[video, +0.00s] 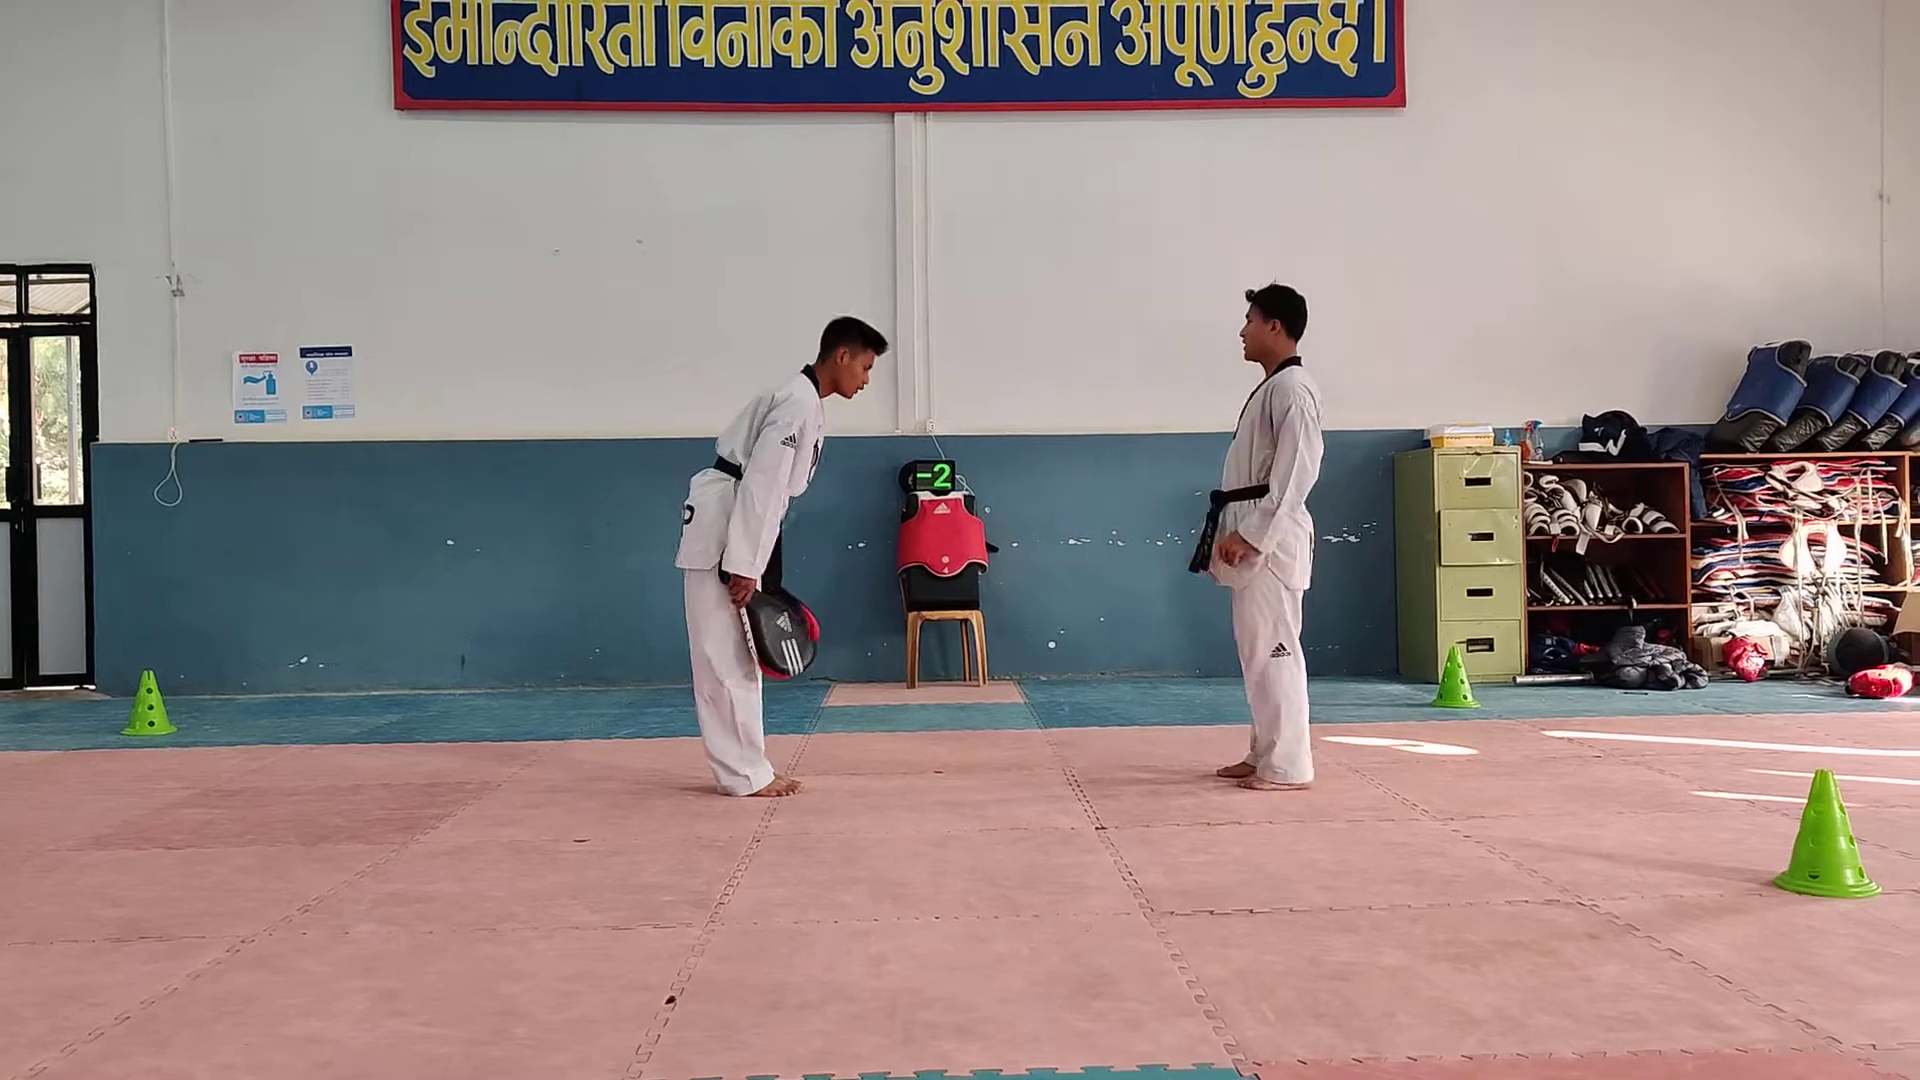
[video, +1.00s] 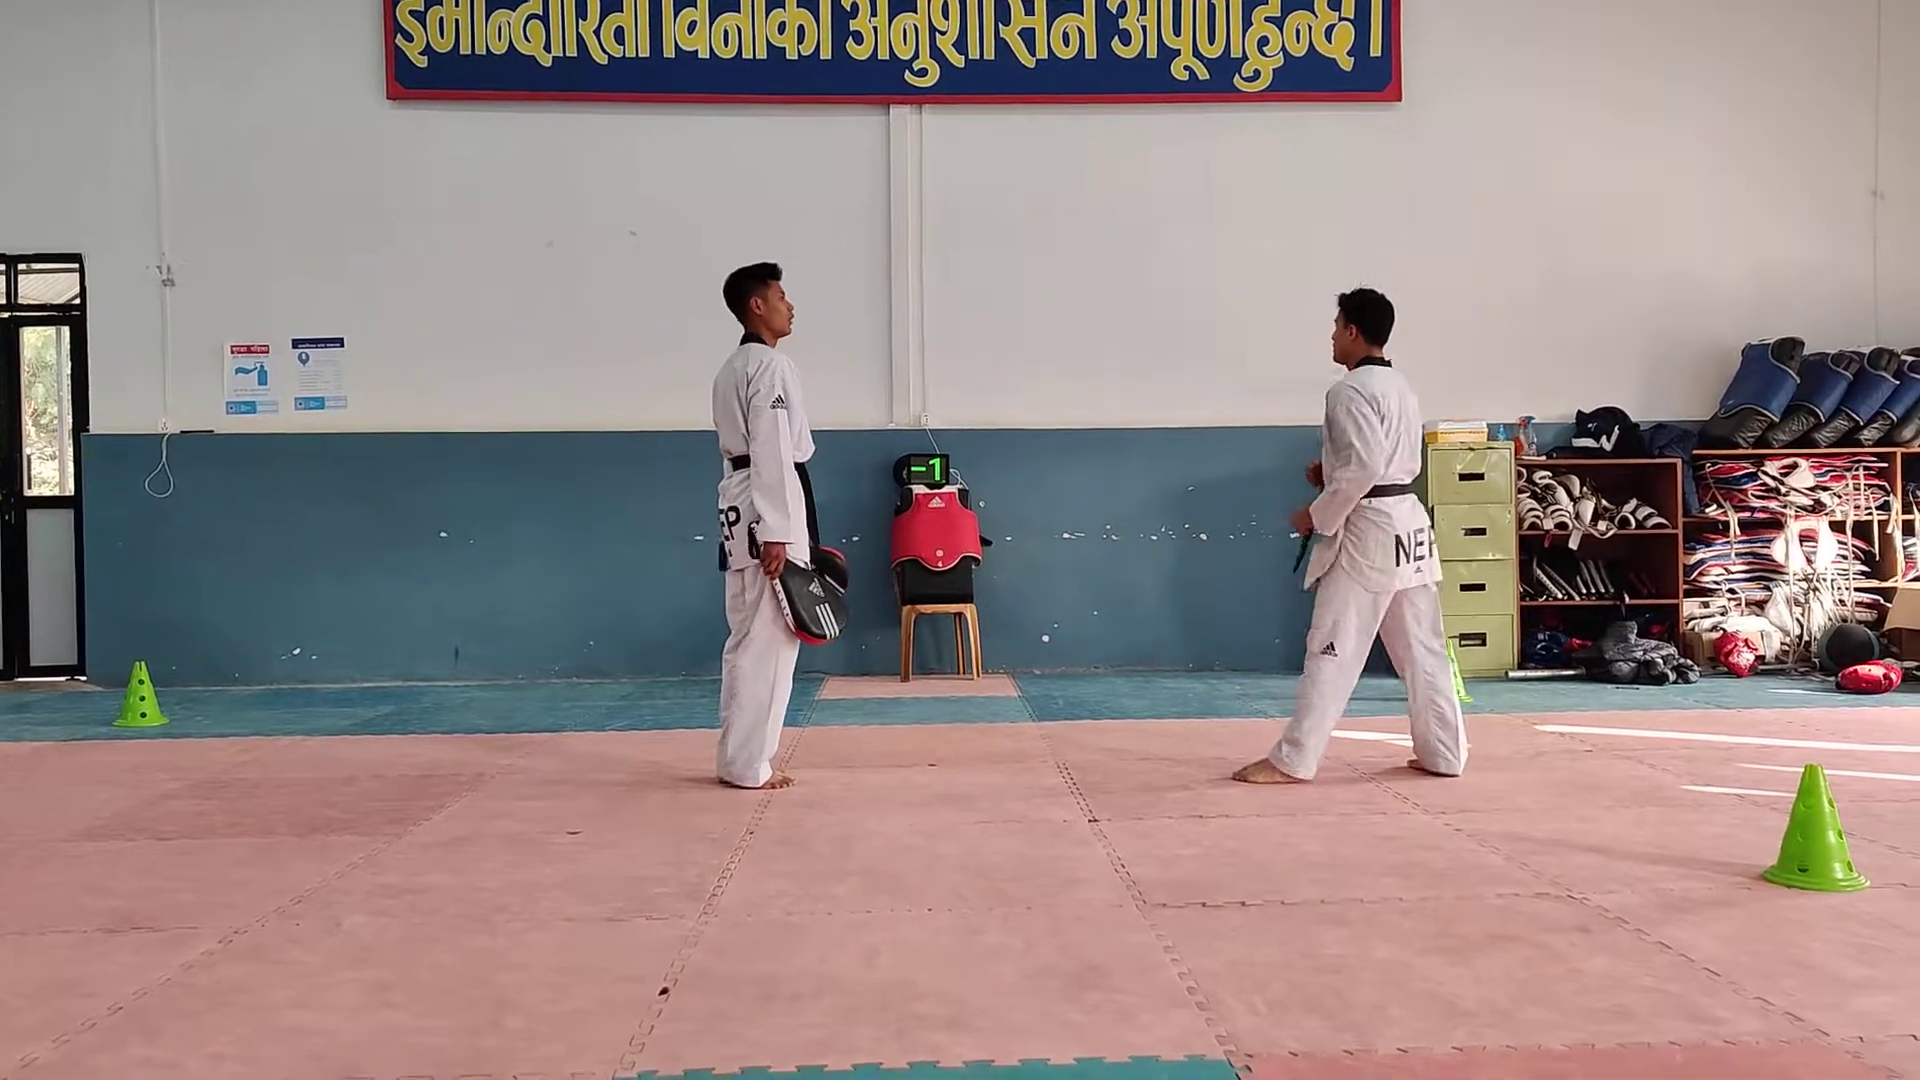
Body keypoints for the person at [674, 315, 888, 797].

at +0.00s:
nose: (866, 379)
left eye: (870, 369)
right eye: (866, 367)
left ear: (840, 357)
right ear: (841, 356)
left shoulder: (805, 404)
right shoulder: (796, 403)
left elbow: (772, 493)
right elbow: (760, 486)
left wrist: (759, 569)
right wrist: (744, 563)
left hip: (733, 535)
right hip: (718, 533)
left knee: (738, 656)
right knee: (725, 658)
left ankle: (748, 769)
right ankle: (740, 773)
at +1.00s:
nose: (790, 305)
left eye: (786, 296)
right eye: (781, 297)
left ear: (751, 308)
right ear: (758, 306)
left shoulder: (732, 368)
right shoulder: (769, 365)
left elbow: (742, 460)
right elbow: (771, 457)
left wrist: (798, 534)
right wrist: (775, 532)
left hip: (739, 513)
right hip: (767, 514)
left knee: (748, 636)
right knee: (769, 638)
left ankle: (740, 757)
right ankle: (748, 763)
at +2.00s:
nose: (825, 302)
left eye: (823, 292)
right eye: (818, 293)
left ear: (782, 300)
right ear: (793, 298)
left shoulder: (734, 353)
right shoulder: (807, 358)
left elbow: (700, 425)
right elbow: (838, 448)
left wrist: (727, 473)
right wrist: (892, 508)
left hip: (726, 487)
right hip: (773, 487)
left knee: (723, 624)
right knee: (789, 622)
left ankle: (706, 749)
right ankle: (798, 758)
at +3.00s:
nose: (749, 309)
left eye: (748, 299)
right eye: (741, 299)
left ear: (716, 304)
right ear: (711, 301)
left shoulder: (699, 363)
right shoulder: (692, 358)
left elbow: (710, 450)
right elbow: (685, 435)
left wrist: (764, 478)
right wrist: (759, 434)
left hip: (659, 489)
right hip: (679, 487)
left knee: (692, 619)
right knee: (751, 603)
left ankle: (653, 733)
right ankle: (811, 737)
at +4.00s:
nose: (535, 267)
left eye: (534, 258)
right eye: (526, 258)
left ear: (510, 262)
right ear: (496, 259)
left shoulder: (529, 323)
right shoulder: (452, 319)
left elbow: (529, 392)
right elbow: (411, 393)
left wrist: (553, 421)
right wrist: (449, 409)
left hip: (516, 462)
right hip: (456, 461)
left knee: (529, 579)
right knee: (392, 564)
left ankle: (520, 700)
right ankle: (316, 664)